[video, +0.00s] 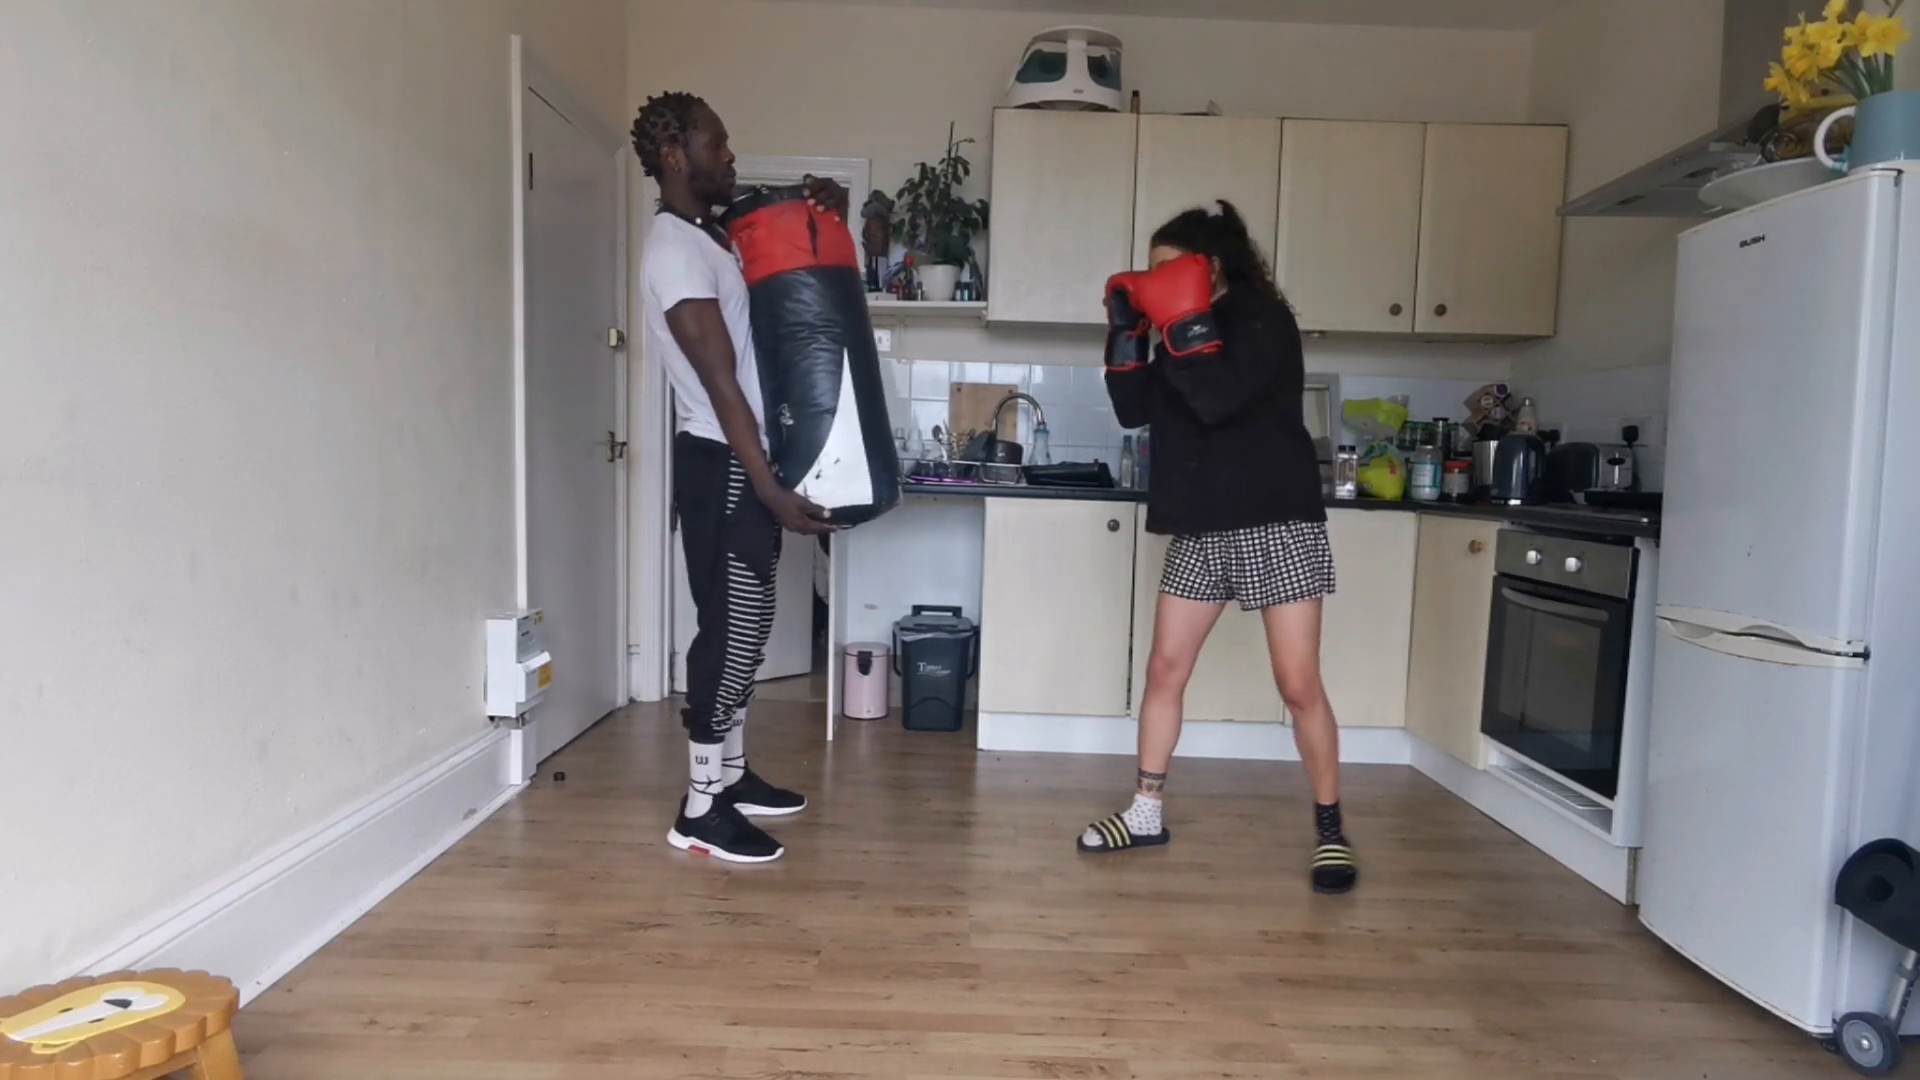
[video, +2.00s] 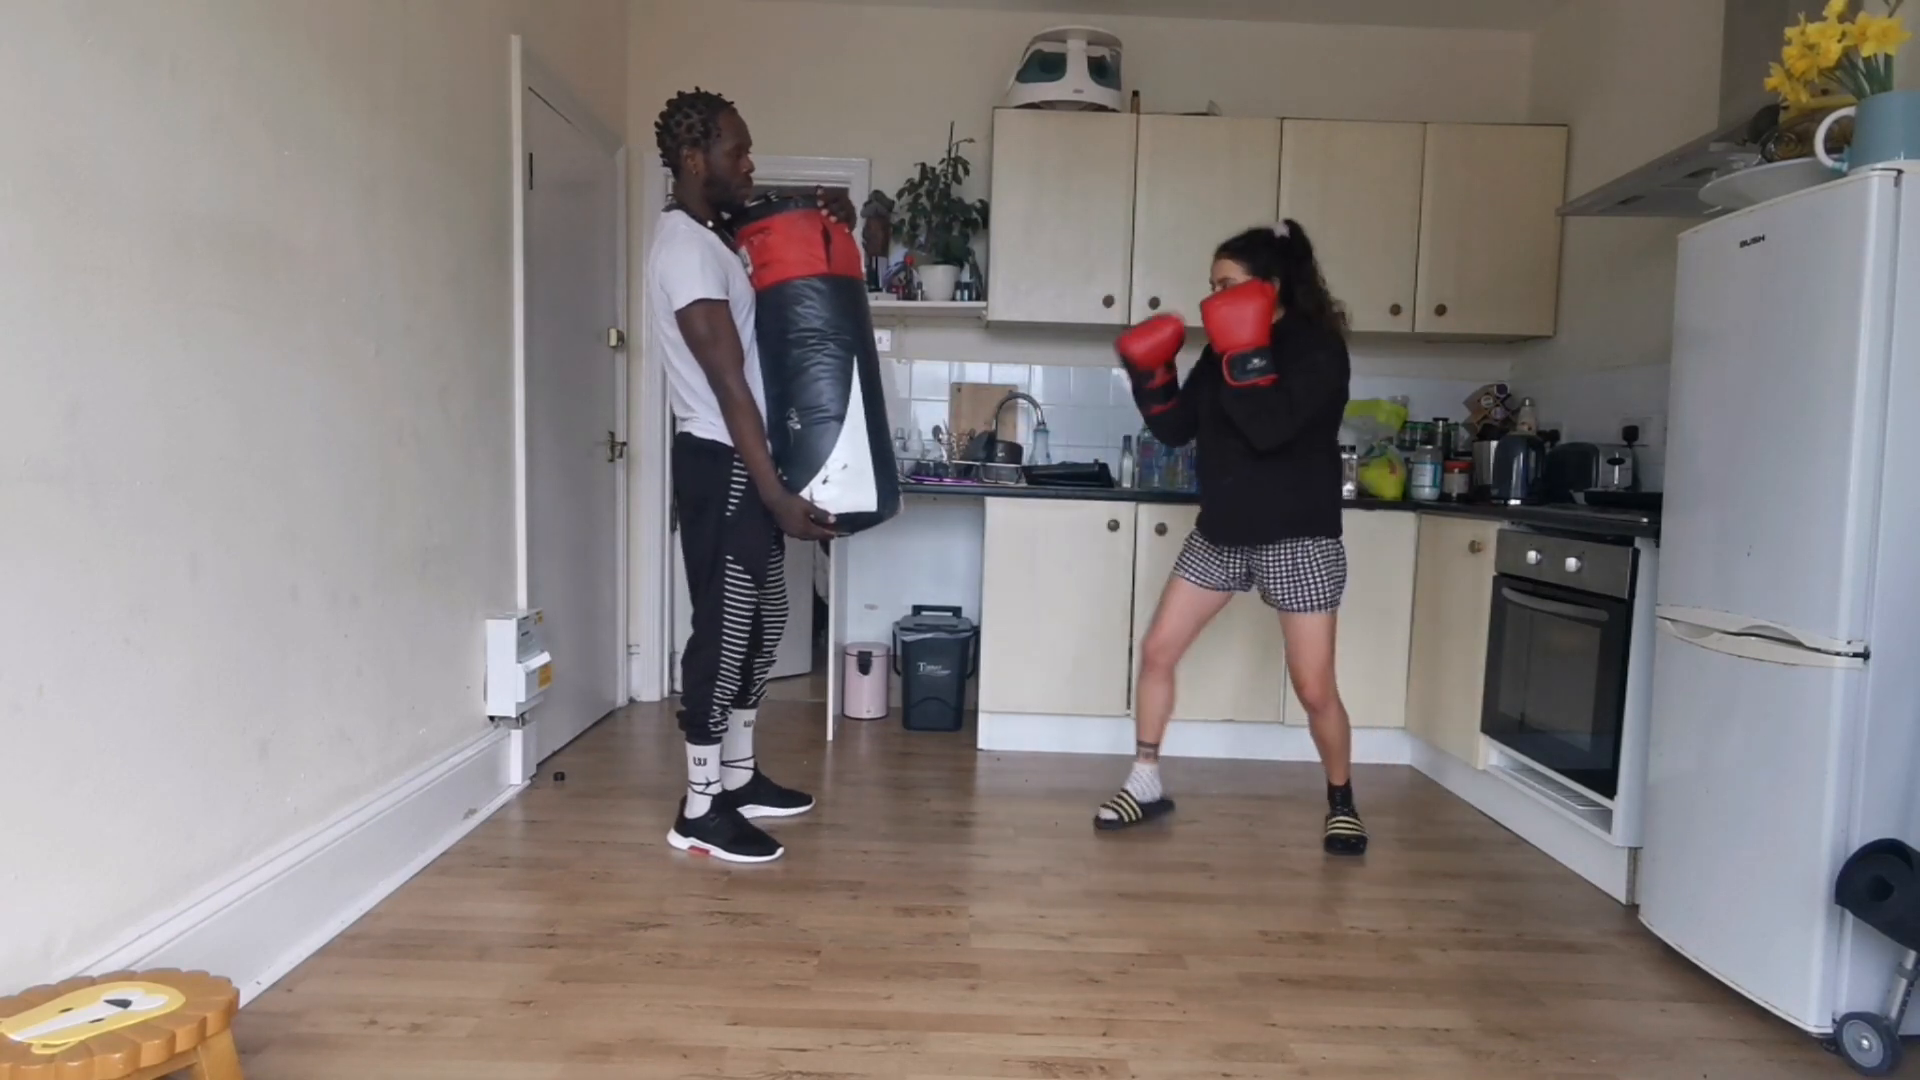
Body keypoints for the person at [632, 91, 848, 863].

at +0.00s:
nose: (730, 155)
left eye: (727, 142)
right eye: (716, 143)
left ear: (681, 155)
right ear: (672, 153)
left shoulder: (707, 236)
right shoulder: (672, 243)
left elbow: (781, 289)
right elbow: (718, 377)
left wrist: (819, 214)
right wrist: (770, 484)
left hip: (745, 450)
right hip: (717, 454)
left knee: (743, 617)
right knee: (735, 621)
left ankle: (727, 775)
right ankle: (703, 805)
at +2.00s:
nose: (751, 164)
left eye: (749, 150)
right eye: (738, 150)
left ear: (699, 160)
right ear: (693, 158)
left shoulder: (717, 241)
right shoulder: (683, 244)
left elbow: (785, 325)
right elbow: (727, 381)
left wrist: (833, 239)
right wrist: (775, 490)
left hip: (751, 449)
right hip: (717, 453)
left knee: (763, 614)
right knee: (726, 619)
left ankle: (736, 776)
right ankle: (701, 804)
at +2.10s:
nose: (754, 164)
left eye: (751, 150)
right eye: (740, 151)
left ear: (702, 162)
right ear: (694, 159)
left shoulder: (722, 241)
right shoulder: (686, 246)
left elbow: (792, 317)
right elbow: (728, 380)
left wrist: (833, 230)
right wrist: (777, 490)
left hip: (753, 451)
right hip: (719, 455)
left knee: (762, 621)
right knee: (731, 624)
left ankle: (738, 777)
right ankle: (701, 805)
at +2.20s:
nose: (754, 165)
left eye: (752, 152)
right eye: (740, 152)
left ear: (706, 163)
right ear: (695, 161)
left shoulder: (725, 242)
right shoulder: (687, 247)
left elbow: (802, 318)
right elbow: (728, 380)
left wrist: (838, 232)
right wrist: (777, 488)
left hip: (753, 451)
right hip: (721, 455)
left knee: (758, 623)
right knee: (733, 626)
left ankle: (738, 777)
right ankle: (702, 805)